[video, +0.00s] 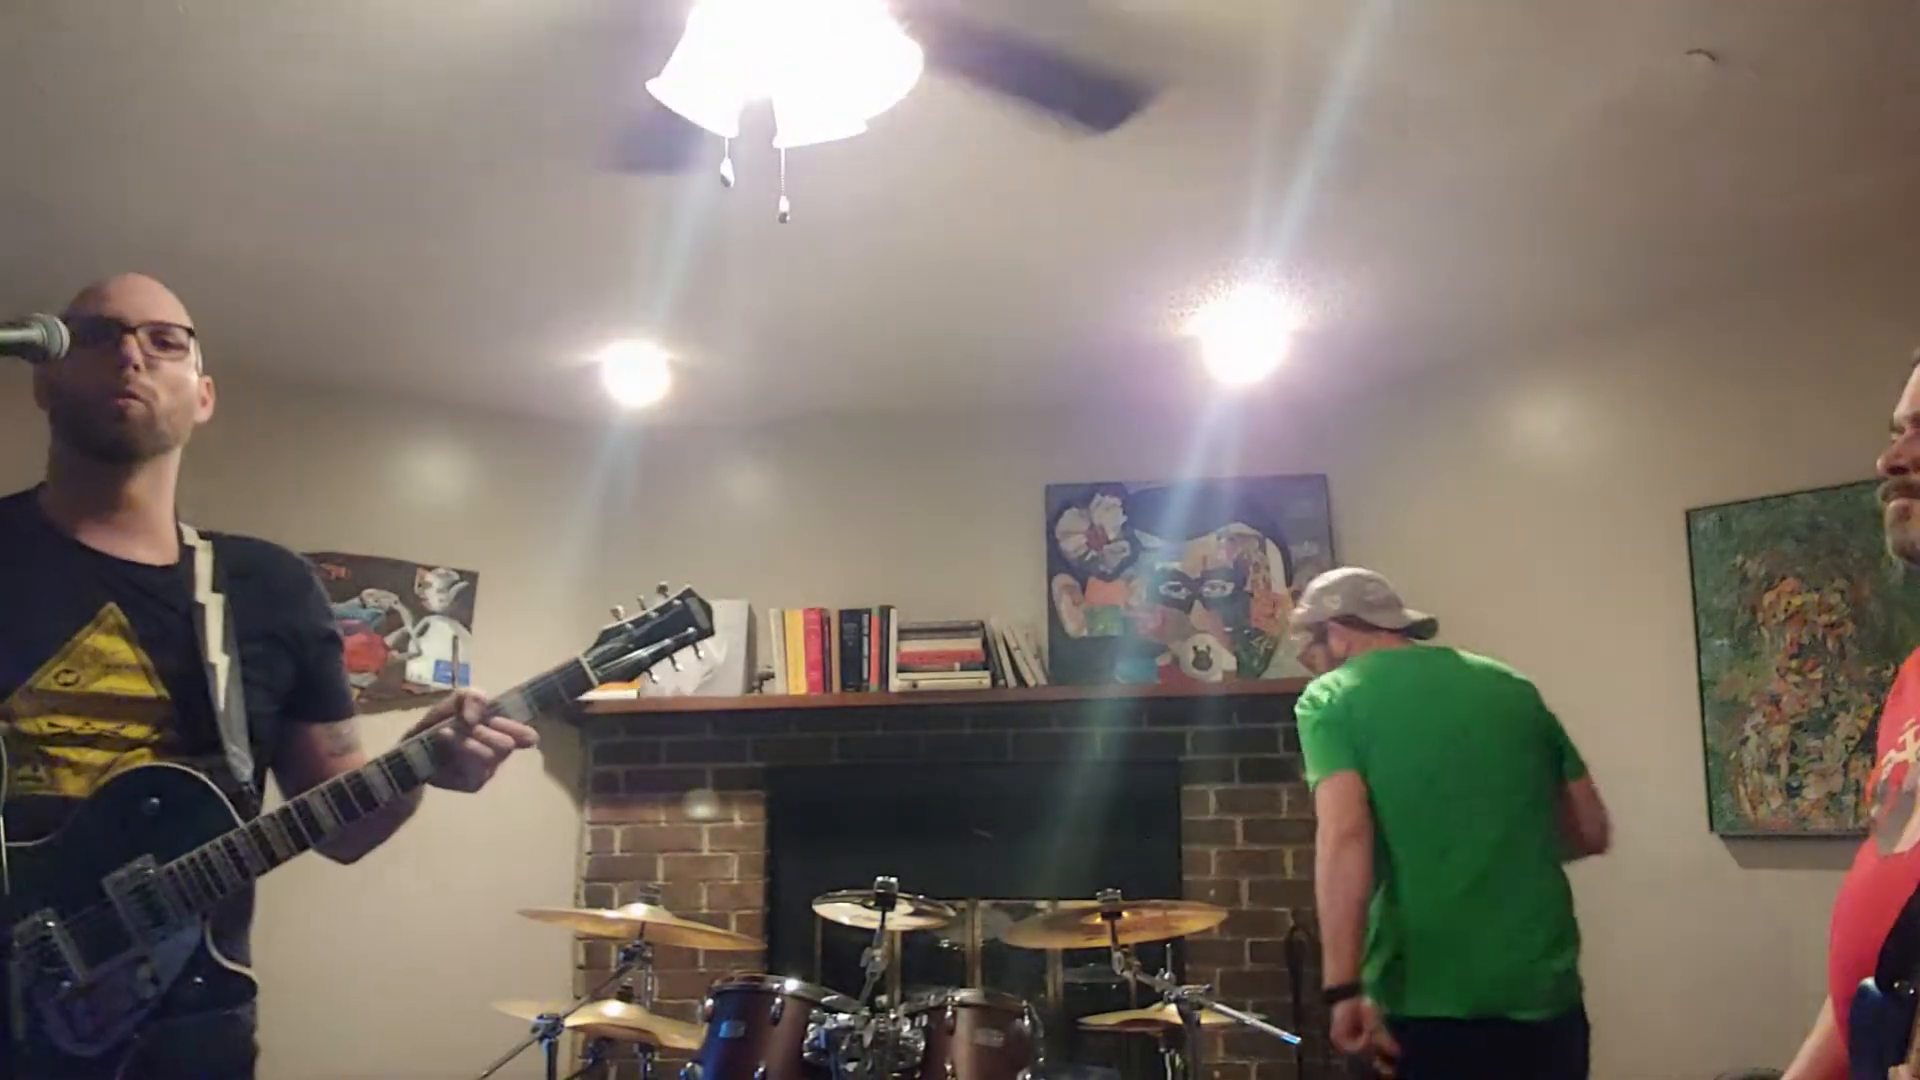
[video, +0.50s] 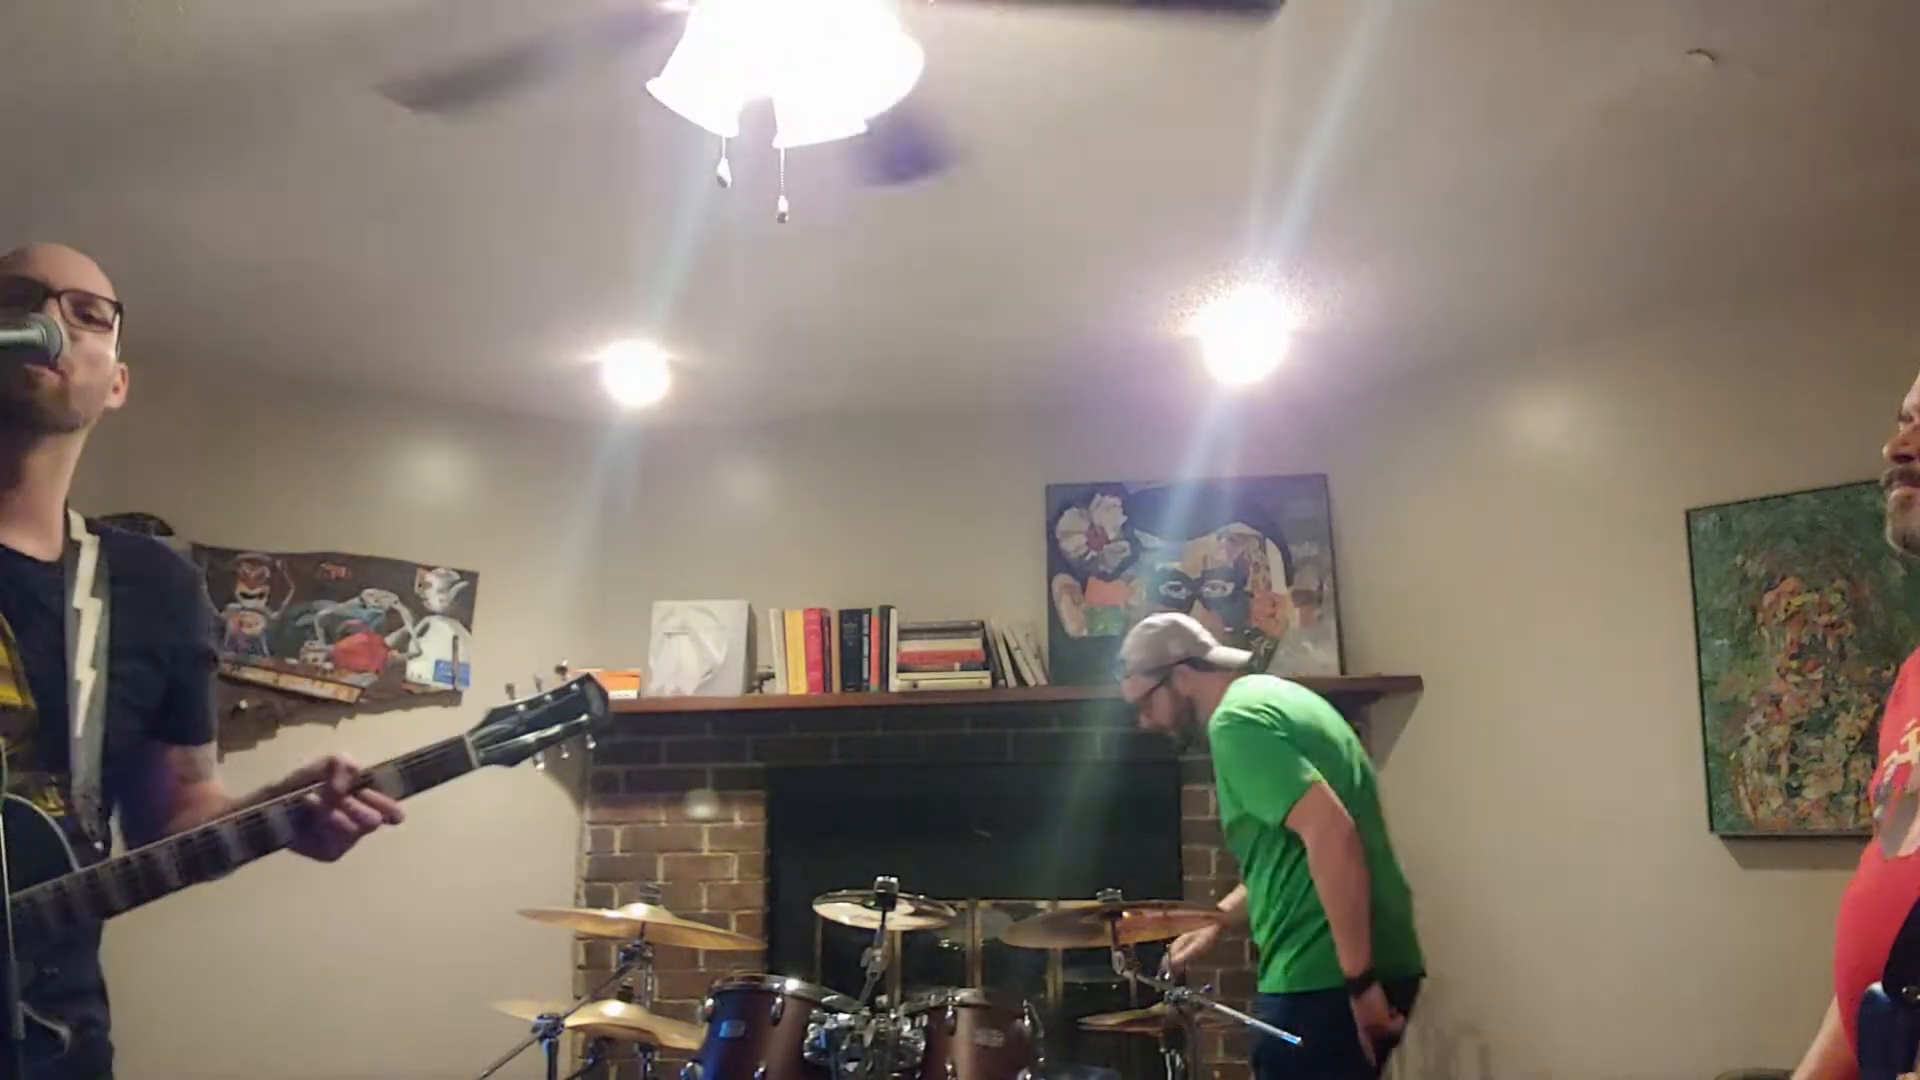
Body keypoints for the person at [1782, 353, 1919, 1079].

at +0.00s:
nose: (1891, 459)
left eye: (1917, 430)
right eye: (1895, 431)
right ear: (1891, 446)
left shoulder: (1908, 677)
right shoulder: (1909, 677)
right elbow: (1882, 907)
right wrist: (1808, 1065)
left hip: (1899, 1053)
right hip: (1861, 1047)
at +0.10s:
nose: (1897, 447)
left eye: (1919, 426)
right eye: (1900, 423)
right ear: (1894, 437)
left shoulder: (1909, 675)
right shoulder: (1908, 675)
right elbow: (1884, 900)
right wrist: (1815, 1066)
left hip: (1903, 1051)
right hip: (1868, 1047)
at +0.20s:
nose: (1899, 443)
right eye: (1902, 422)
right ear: (1896, 437)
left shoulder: (1910, 671)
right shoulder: (1909, 672)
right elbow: (1886, 886)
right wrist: (1819, 1065)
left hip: (1904, 1050)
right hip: (1873, 1048)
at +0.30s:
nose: (1899, 443)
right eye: (1900, 422)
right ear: (1892, 439)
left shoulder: (1910, 673)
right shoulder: (1910, 674)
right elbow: (1888, 912)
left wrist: (1832, 1062)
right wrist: (1821, 1066)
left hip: (1903, 1050)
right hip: (1875, 1050)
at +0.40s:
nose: (1899, 444)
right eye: (1899, 424)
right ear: (1892, 439)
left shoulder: (1911, 672)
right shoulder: (1911, 674)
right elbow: (1888, 906)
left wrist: (1830, 1062)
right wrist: (1820, 1066)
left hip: (1904, 1051)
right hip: (1873, 1049)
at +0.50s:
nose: (1900, 444)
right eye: (1902, 423)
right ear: (1894, 439)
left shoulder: (1910, 674)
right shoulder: (1909, 675)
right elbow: (1887, 898)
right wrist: (1818, 1066)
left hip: (1903, 1052)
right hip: (1873, 1050)